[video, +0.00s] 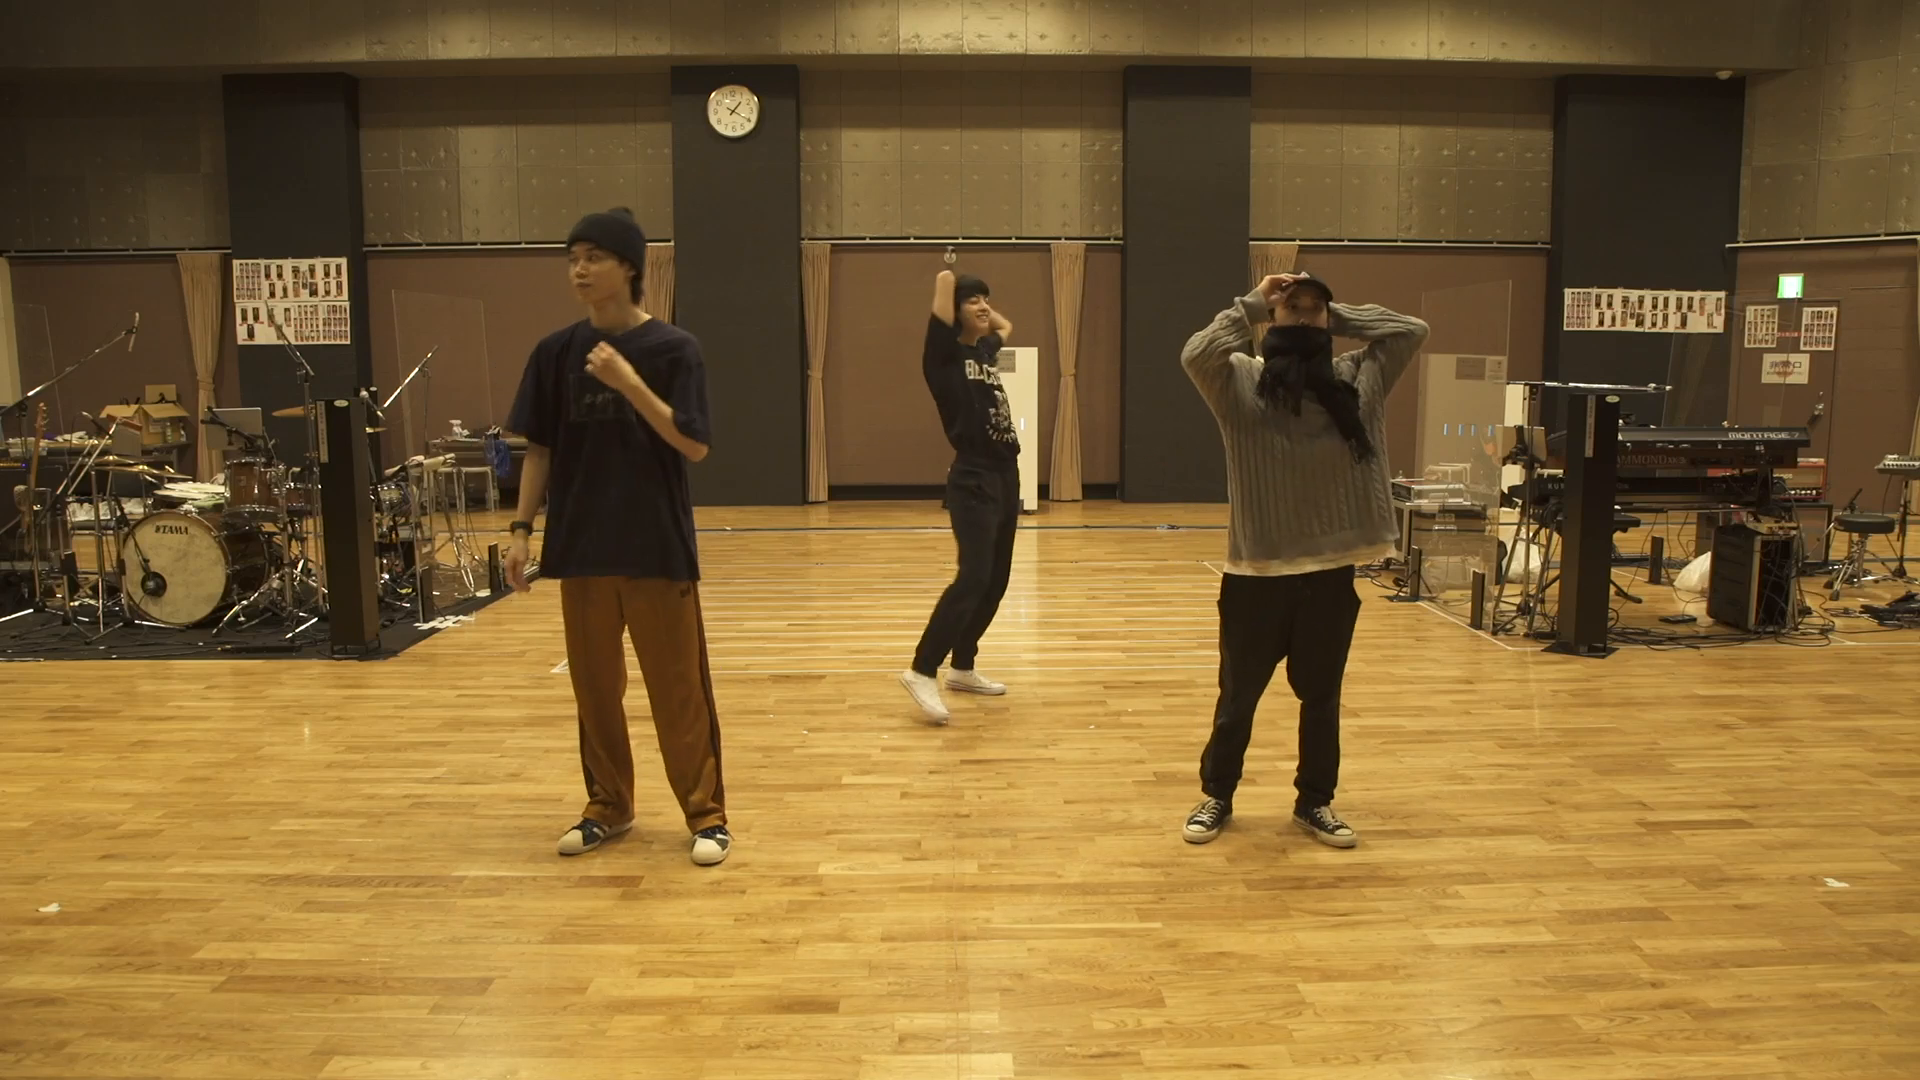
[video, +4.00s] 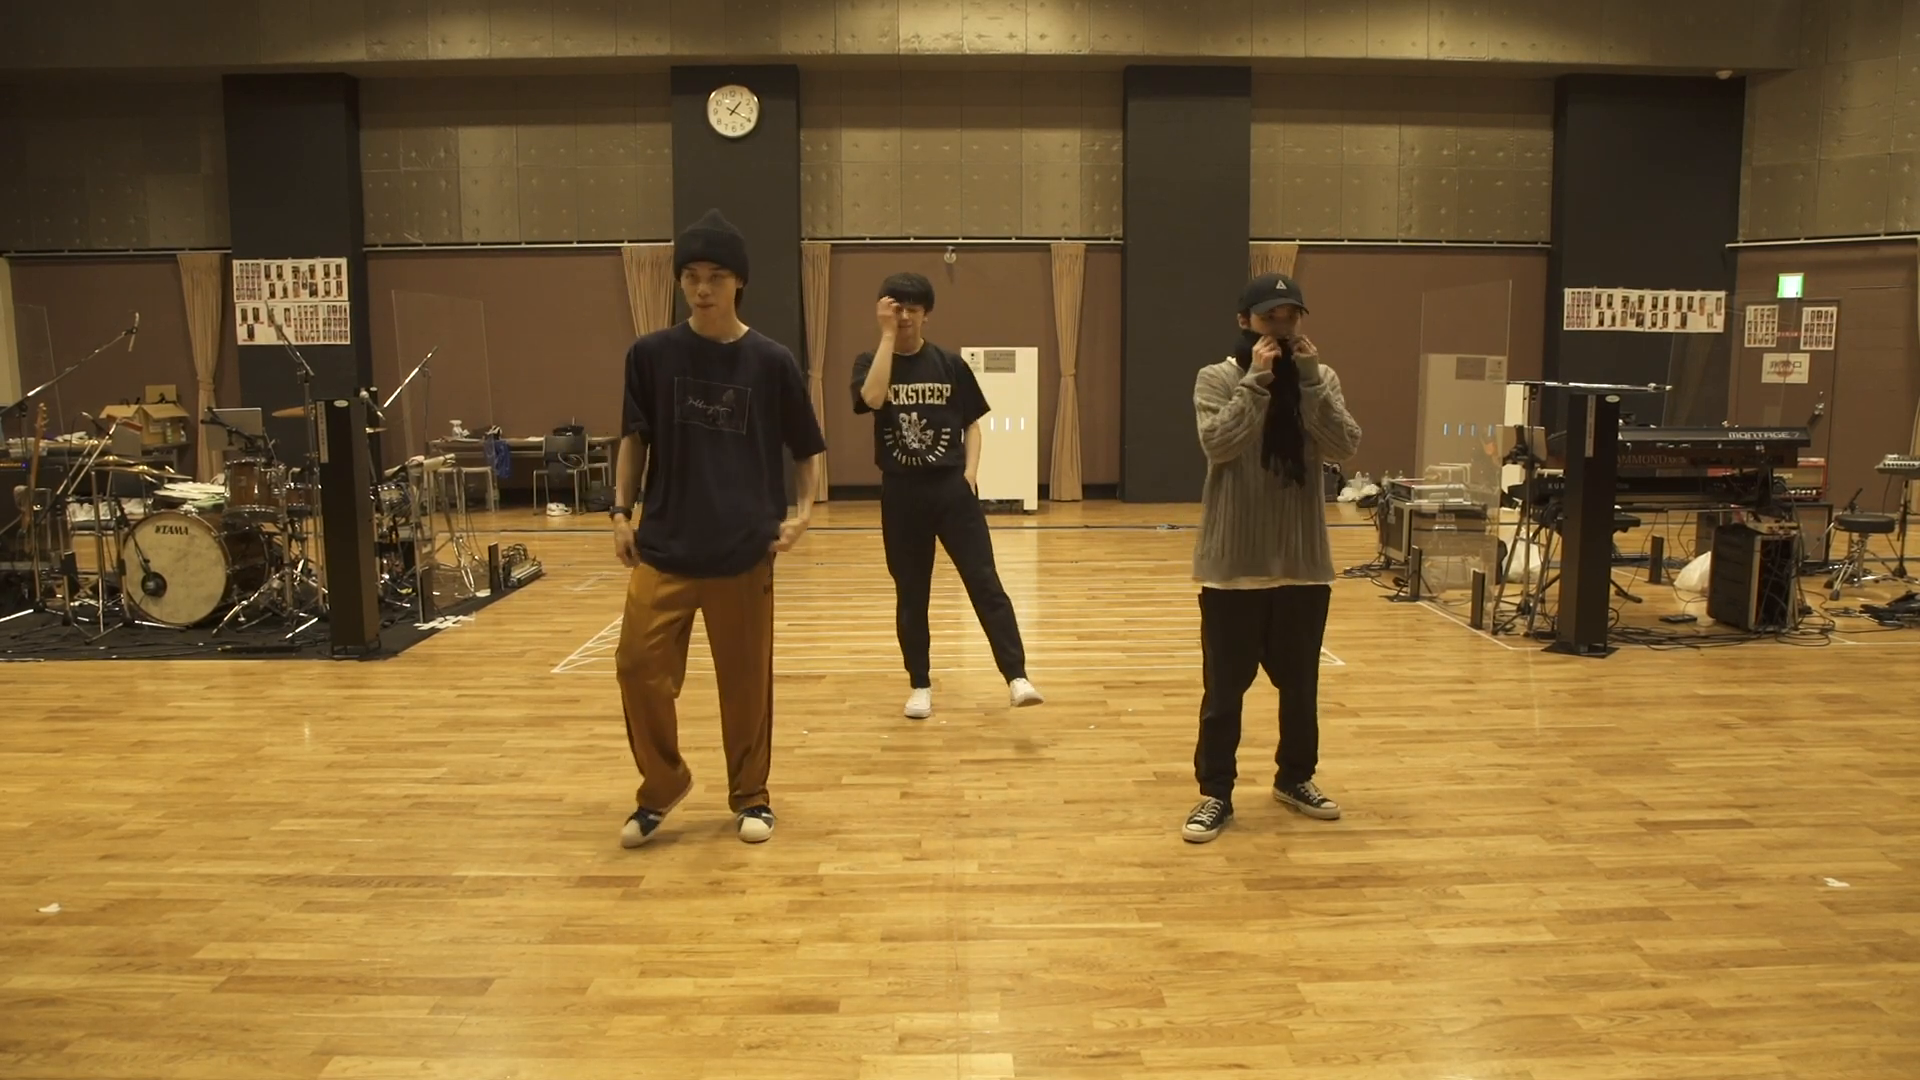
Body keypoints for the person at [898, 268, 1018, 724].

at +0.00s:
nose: (984, 310)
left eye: (985, 304)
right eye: (975, 304)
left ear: (987, 312)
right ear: (955, 314)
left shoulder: (983, 354)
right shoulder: (943, 355)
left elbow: (1004, 331)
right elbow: (943, 286)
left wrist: (986, 316)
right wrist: (950, 279)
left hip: (1005, 480)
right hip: (973, 480)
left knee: (996, 580)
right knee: (973, 578)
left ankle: (961, 668)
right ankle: (921, 672)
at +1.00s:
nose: (908, 301)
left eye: (918, 294)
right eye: (902, 297)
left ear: (940, 303)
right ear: (897, 310)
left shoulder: (964, 350)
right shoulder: (898, 362)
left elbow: (1009, 335)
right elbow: (844, 366)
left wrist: (967, 287)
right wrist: (864, 305)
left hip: (945, 486)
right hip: (902, 488)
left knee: (935, 592)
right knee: (908, 595)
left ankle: (966, 683)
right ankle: (936, 691)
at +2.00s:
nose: (978, 320)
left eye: (991, 321)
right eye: (978, 308)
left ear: (1001, 332)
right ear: (965, 302)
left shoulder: (1006, 380)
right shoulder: (914, 361)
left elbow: (1031, 437)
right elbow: (872, 411)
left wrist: (1014, 482)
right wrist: (851, 465)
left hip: (972, 509)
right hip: (917, 504)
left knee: (974, 613)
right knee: (907, 606)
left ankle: (969, 718)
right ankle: (914, 687)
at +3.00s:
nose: (930, 350)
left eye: (939, 343)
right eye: (925, 340)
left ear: (952, 340)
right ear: (911, 331)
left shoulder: (969, 380)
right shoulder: (885, 379)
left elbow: (978, 445)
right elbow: (875, 447)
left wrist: (965, 503)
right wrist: (883, 503)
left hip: (951, 507)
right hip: (899, 508)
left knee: (961, 606)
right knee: (906, 603)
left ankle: (971, 705)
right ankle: (926, 688)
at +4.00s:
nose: (901, 320)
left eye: (909, 312)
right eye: (894, 312)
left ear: (924, 315)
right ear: (881, 316)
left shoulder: (949, 363)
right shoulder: (869, 364)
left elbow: (973, 424)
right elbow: (873, 398)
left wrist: (969, 476)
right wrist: (888, 334)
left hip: (952, 490)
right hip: (901, 496)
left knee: (985, 583)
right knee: (910, 593)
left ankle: (1016, 676)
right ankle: (919, 685)